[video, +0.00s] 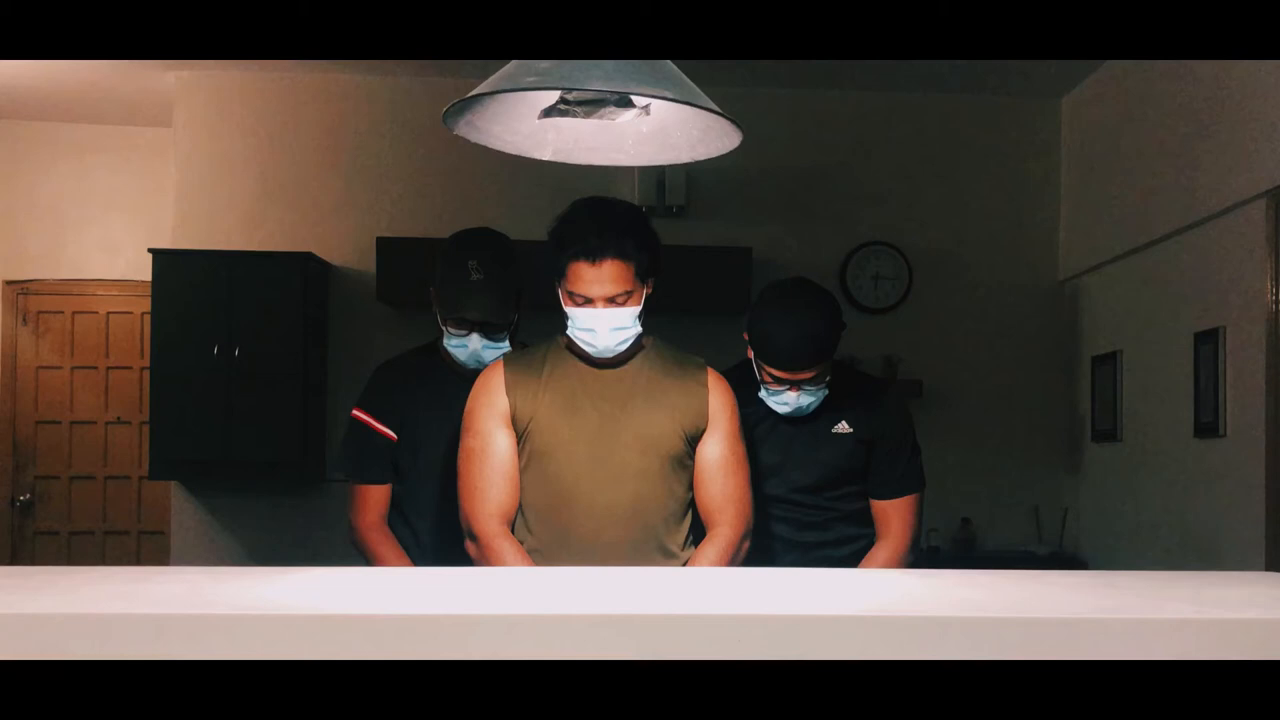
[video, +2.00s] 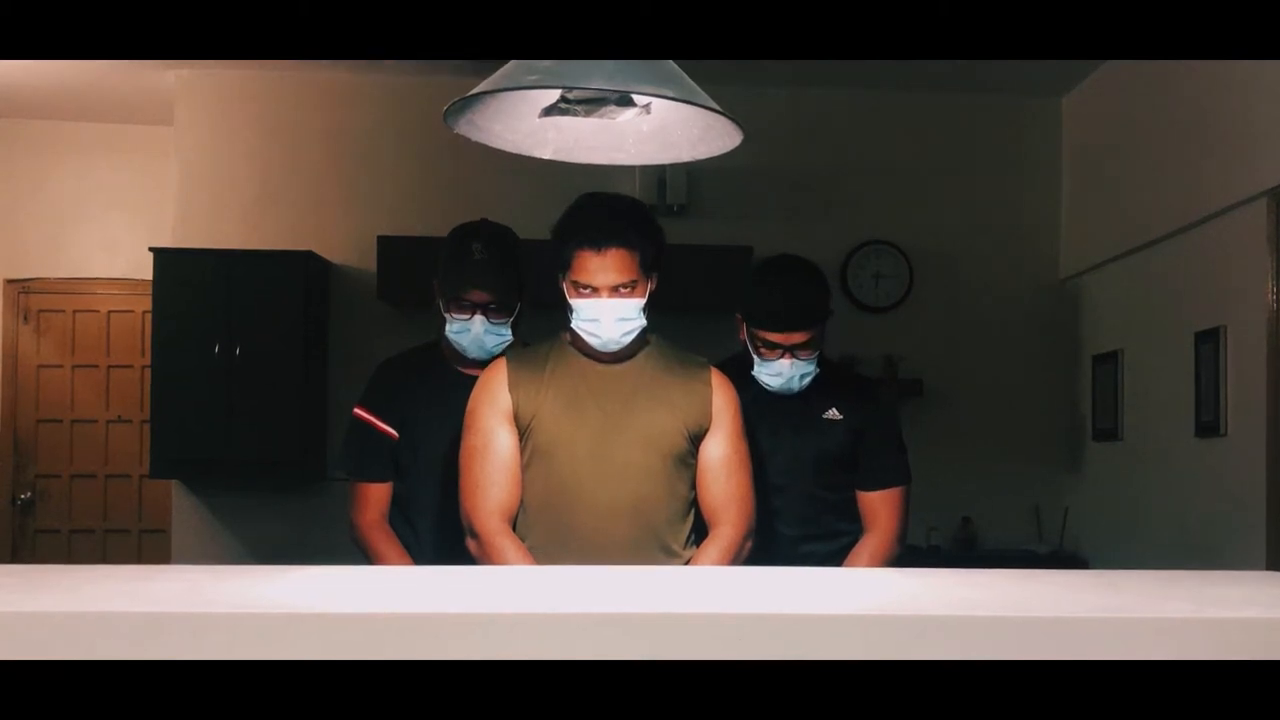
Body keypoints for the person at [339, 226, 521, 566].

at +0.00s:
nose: (477, 346)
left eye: (494, 327)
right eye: (459, 325)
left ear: (515, 312)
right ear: (436, 305)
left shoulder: (533, 383)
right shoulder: (396, 383)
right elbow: (368, 524)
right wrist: (422, 598)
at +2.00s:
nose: (478, 325)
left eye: (496, 309)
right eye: (462, 307)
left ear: (518, 306)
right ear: (440, 300)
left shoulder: (534, 383)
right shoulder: (398, 381)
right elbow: (369, 520)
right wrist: (421, 597)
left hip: (510, 589)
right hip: (423, 587)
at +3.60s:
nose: (481, 308)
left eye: (500, 291)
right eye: (464, 288)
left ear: (519, 295)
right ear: (443, 288)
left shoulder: (539, 384)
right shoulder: (399, 380)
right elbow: (369, 519)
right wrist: (423, 597)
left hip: (516, 593)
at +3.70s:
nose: (481, 306)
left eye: (499, 290)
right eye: (464, 287)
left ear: (518, 294)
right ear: (443, 288)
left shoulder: (539, 384)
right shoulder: (400, 380)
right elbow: (370, 519)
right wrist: (423, 597)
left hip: (517, 592)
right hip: (428, 590)